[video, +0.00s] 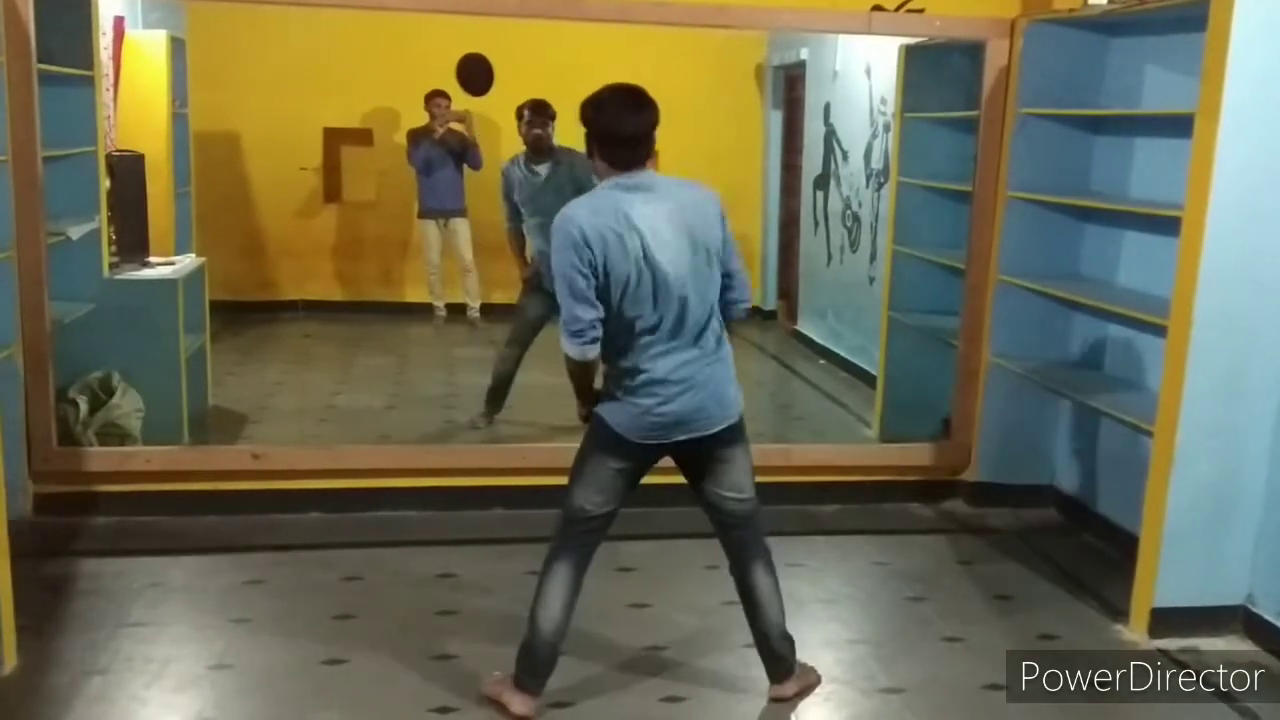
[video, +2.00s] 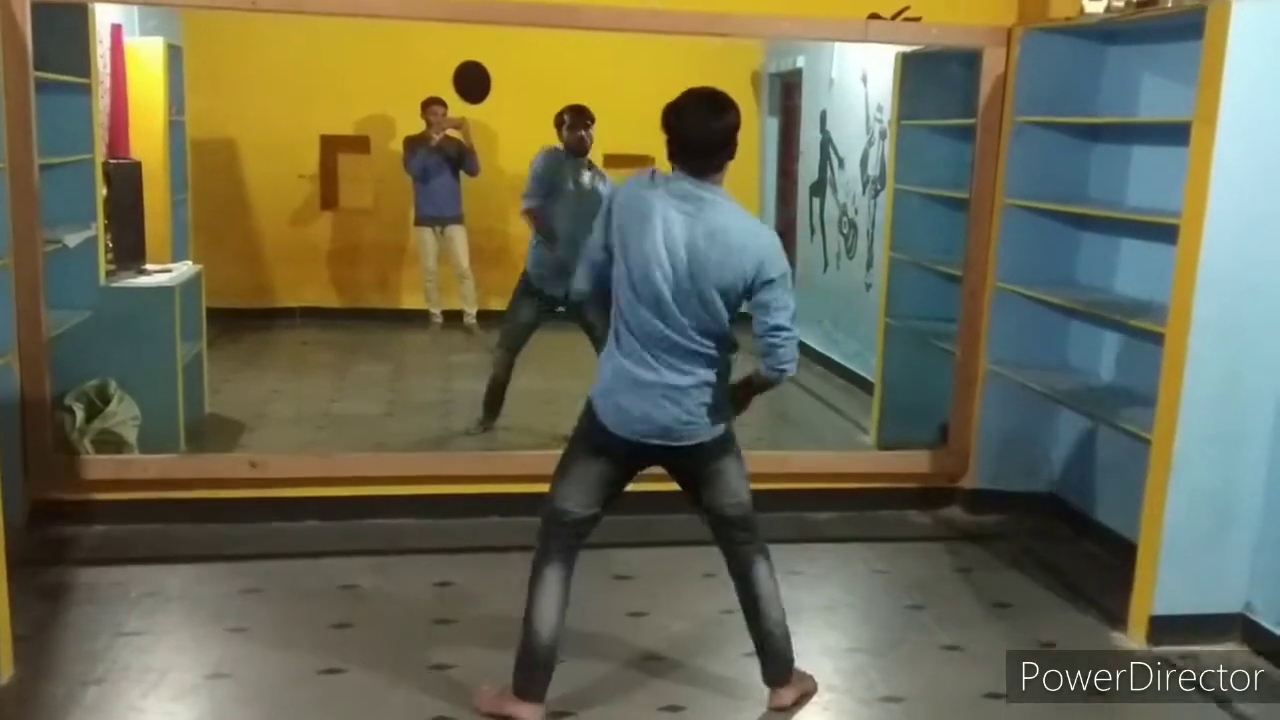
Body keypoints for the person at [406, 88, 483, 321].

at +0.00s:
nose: (440, 111)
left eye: (445, 106)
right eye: (436, 106)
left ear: (450, 110)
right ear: (427, 109)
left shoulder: (457, 136)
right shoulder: (417, 135)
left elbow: (476, 163)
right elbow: (416, 161)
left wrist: (469, 132)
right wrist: (436, 135)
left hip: (456, 209)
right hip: (429, 210)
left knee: (467, 262)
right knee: (433, 264)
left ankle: (474, 310)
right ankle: (438, 309)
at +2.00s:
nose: (437, 118)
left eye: (441, 114)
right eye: (432, 114)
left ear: (447, 117)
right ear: (424, 116)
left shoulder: (454, 143)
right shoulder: (413, 142)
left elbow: (473, 169)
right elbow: (412, 169)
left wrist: (467, 138)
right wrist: (431, 143)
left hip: (453, 216)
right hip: (425, 217)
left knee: (463, 269)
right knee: (429, 270)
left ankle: (470, 316)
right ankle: (435, 315)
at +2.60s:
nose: (448, 151)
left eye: (452, 147)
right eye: (443, 147)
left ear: (457, 150)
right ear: (435, 149)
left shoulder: (464, 176)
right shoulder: (424, 175)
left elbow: (482, 202)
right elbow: (422, 201)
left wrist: (476, 172)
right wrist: (442, 176)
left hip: (462, 248)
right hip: (435, 250)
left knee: (473, 301)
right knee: (439, 302)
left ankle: (479, 347)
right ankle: (444, 346)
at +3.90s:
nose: (457, 170)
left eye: (461, 166)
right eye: (452, 165)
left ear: (466, 168)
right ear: (444, 168)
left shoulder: (474, 195)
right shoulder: (434, 194)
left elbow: (492, 220)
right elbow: (432, 219)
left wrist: (486, 191)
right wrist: (452, 194)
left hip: (473, 266)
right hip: (445, 267)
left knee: (483, 317)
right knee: (449, 319)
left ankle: (489, 364)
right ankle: (454, 364)